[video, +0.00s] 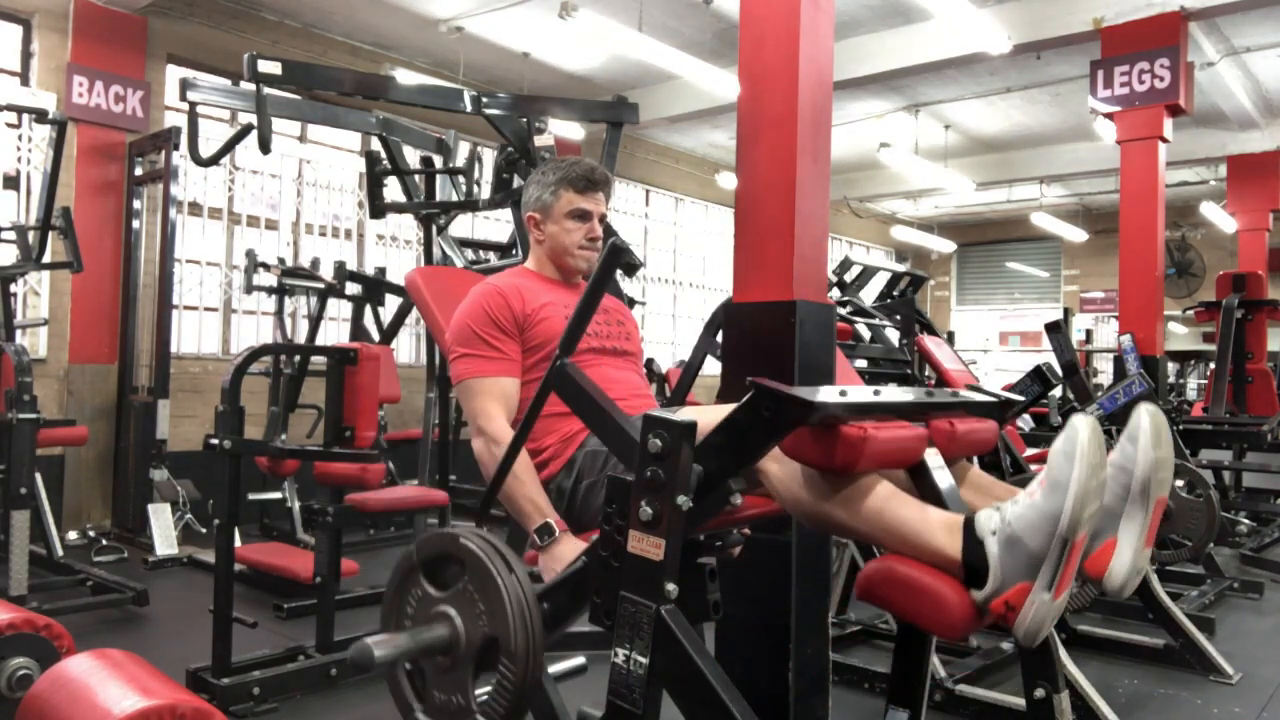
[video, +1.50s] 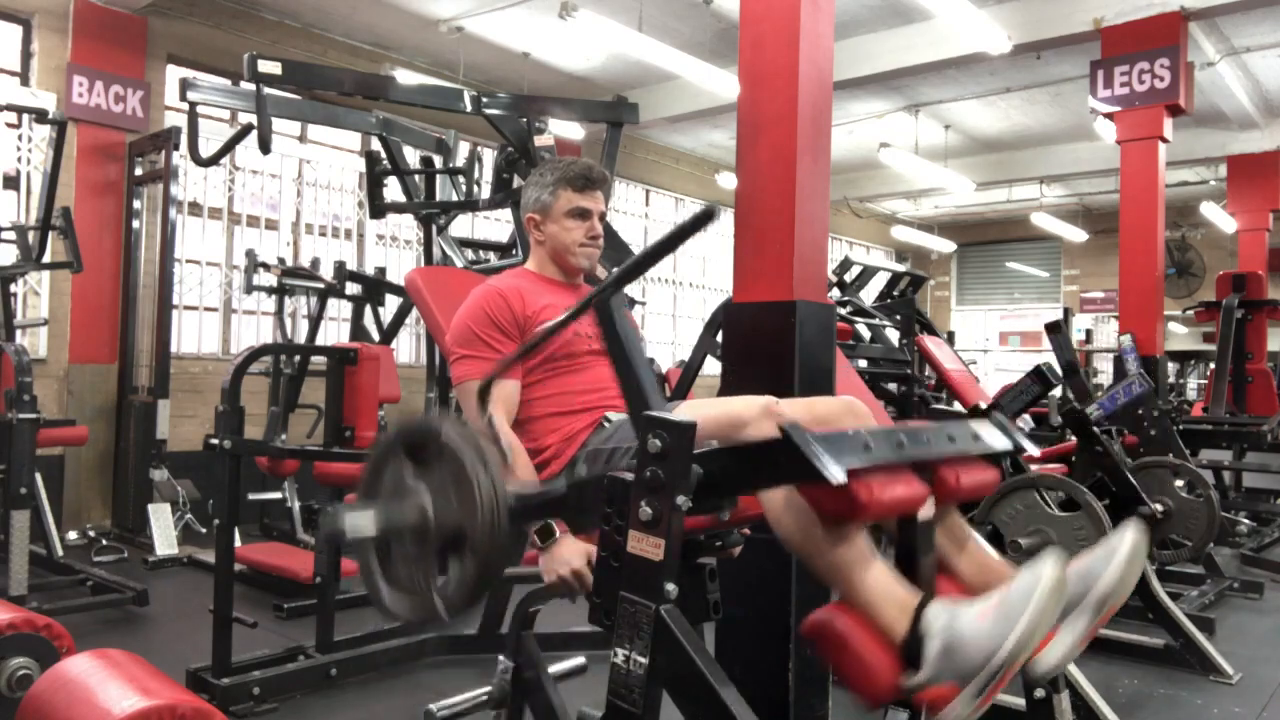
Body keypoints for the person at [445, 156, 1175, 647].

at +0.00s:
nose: (593, 236)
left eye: (599, 224)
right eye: (577, 222)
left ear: (601, 228)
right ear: (532, 222)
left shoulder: (606, 301)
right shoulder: (493, 302)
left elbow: (640, 399)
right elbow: (491, 436)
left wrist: (720, 410)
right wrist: (551, 532)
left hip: (657, 443)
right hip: (580, 466)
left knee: (847, 452)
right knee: (765, 436)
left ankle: (1076, 530)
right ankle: (975, 553)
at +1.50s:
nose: (592, 236)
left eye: (598, 223)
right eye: (577, 221)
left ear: (598, 224)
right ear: (532, 224)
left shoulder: (597, 297)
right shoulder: (497, 299)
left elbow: (634, 388)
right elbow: (490, 427)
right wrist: (554, 531)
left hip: (655, 430)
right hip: (589, 456)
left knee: (844, 411)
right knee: (778, 420)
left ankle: (993, 585)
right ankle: (918, 628)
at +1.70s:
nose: (594, 229)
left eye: (599, 218)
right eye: (578, 216)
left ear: (599, 227)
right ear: (533, 223)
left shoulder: (608, 303)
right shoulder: (499, 297)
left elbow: (646, 403)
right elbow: (488, 427)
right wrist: (553, 536)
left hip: (661, 441)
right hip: (586, 465)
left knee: (850, 419)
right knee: (761, 424)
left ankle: (938, 636)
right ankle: (842, 679)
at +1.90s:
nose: (596, 227)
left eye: (598, 216)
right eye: (580, 215)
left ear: (595, 229)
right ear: (534, 227)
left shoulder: (611, 305)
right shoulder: (504, 294)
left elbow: (645, 397)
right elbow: (489, 433)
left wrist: (703, 431)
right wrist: (551, 538)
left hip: (650, 446)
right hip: (583, 468)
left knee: (849, 422)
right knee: (755, 419)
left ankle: (881, 644)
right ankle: (773, 676)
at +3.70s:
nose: (593, 235)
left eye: (600, 224)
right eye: (578, 221)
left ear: (601, 229)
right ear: (533, 222)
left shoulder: (611, 302)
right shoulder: (495, 300)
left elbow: (656, 399)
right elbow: (489, 427)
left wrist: (728, 413)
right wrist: (553, 536)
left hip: (665, 436)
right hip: (586, 457)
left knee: (851, 416)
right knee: (762, 428)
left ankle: (958, 632)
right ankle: (863, 677)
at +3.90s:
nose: (594, 239)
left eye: (599, 226)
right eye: (579, 224)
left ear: (599, 227)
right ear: (533, 224)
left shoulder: (600, 301)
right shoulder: (497, 300)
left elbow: (641, 395)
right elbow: (490, 439)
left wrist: (702, 410)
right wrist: (552, 534)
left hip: (657, 433)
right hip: (584, 460)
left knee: (848, 411)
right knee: (759, 422)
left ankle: (993, 612)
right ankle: (905, 657)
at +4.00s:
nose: (595, 237)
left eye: (600, 224)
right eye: (580, 222)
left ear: (597, 227)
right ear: (534, 225)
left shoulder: (593, 301)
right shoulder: (497, 301)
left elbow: (631, 394)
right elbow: (488, 430)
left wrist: (697, 414)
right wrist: (551, 530)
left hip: (652, 434)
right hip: (588, 457)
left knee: (823, 430)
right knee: (814, 411)